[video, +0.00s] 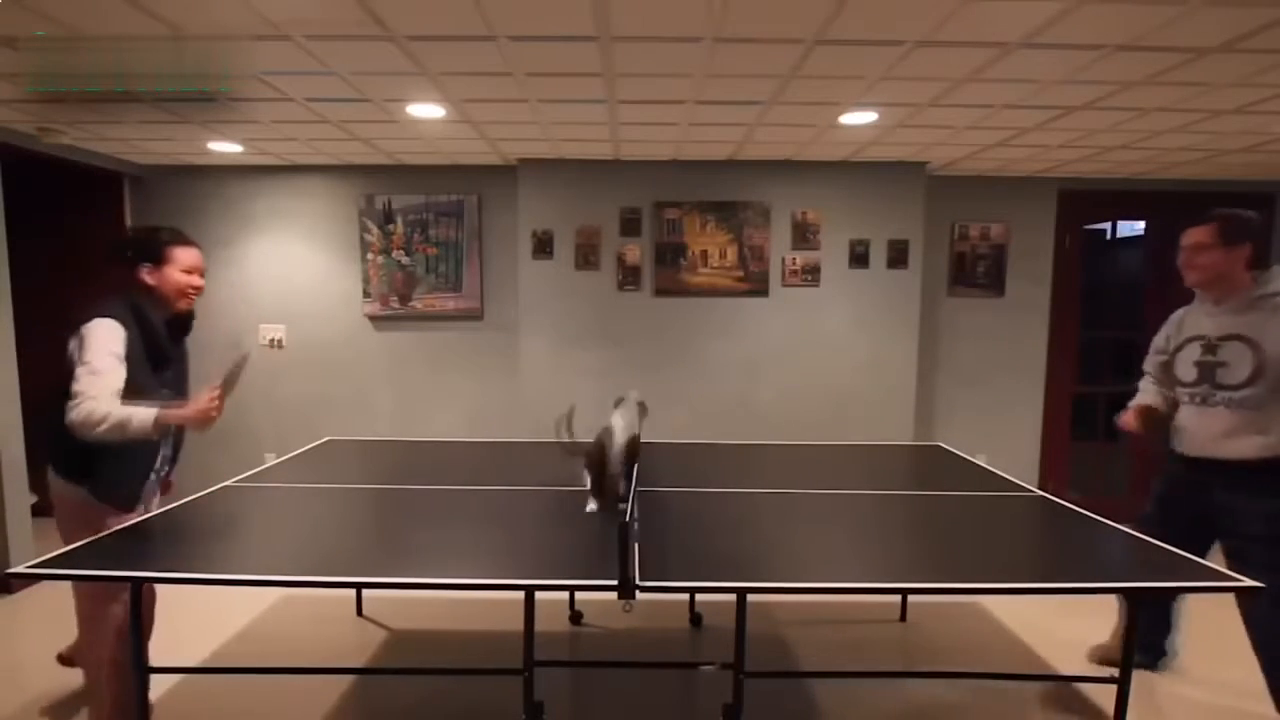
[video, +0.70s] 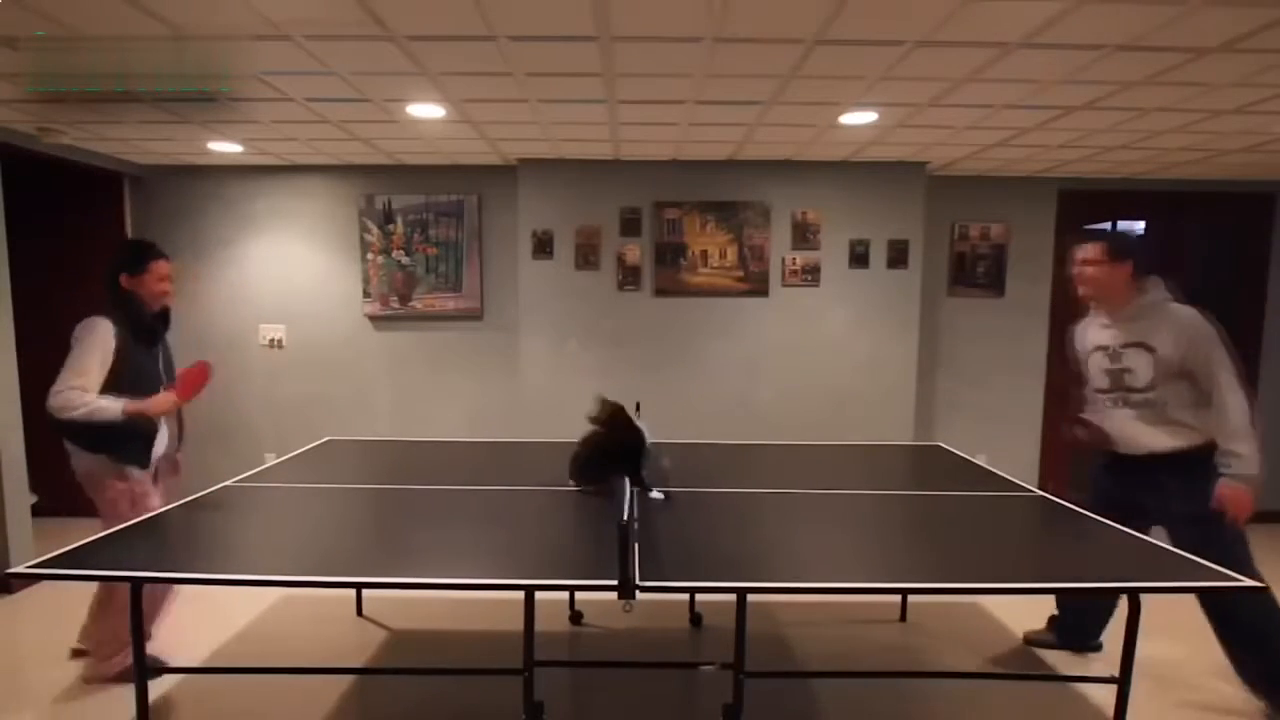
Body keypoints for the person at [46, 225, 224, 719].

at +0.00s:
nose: (198, 283)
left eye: (200, 273)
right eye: (187, 271)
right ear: (147, 274)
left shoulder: (169, 330)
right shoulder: (110, 328)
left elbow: (161, 410)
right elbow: (86, 413)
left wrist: (166, 469)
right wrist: (179, 415)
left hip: (136, 482)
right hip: (87, 487)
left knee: (137, 600)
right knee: (108, 614)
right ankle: (110, 712)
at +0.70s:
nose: (168, 288)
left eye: (169, 279)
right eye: (159, 280)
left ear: (168, 283)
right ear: (128, 283)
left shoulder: (154, 334)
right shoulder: (102, 330)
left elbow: (158, 396)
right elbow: (63, 400)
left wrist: (171, 449)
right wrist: (140, 406)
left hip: (143, 460)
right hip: (107, 463)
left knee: (137, 549)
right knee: (152, 553)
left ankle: (98, 637)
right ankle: (113, 658)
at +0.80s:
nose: (171, 299)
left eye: (173, 290)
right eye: (162, 291)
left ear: (169, 293)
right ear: (132, 293)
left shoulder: (159, 339)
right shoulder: (101, 339)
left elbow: (163, 402)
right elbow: (62, 408)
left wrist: (180, 455)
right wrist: (134, 420)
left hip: (155, 464)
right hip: (111, 468)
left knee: (164, 538)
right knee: (177, 539)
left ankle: (106, 629)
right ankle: (172, 646)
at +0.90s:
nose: (183, 301)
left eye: (186, 291)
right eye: (173, 291)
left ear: (187, 294)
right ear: (142, 294)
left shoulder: (170, 344)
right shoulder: (113, 341)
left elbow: (171, 406)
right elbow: (78, 406)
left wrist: (183, 460)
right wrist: (153, 404)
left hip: (167, 465)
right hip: (125, 469)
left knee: (143, 547)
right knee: (180, 555)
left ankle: (105, 630)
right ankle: (209, 666)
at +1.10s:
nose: (231, 288)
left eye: (233, 279)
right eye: (222, 278)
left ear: (218, 283)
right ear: (189, 281)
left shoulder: (204, 326)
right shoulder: (159, 328)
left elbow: (195, 393)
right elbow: (194, 383)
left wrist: (193, 468)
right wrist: (267, 371)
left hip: (180, 458)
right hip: (143, 461)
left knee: (198, 559)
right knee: (181, 564)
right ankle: (195, 674)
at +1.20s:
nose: (242, 289)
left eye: (243, 279)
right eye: (233, 279)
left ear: (211, 281)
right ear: (198, 279)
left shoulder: (208, 324)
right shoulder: (167, 326)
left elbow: (196, 394)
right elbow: (199, 393)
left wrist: (190, 471)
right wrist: (276, 387)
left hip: (178, 458)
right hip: (145, 460)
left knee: (194, 561)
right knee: (177, 566)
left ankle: (205, 664)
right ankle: (194, 677)